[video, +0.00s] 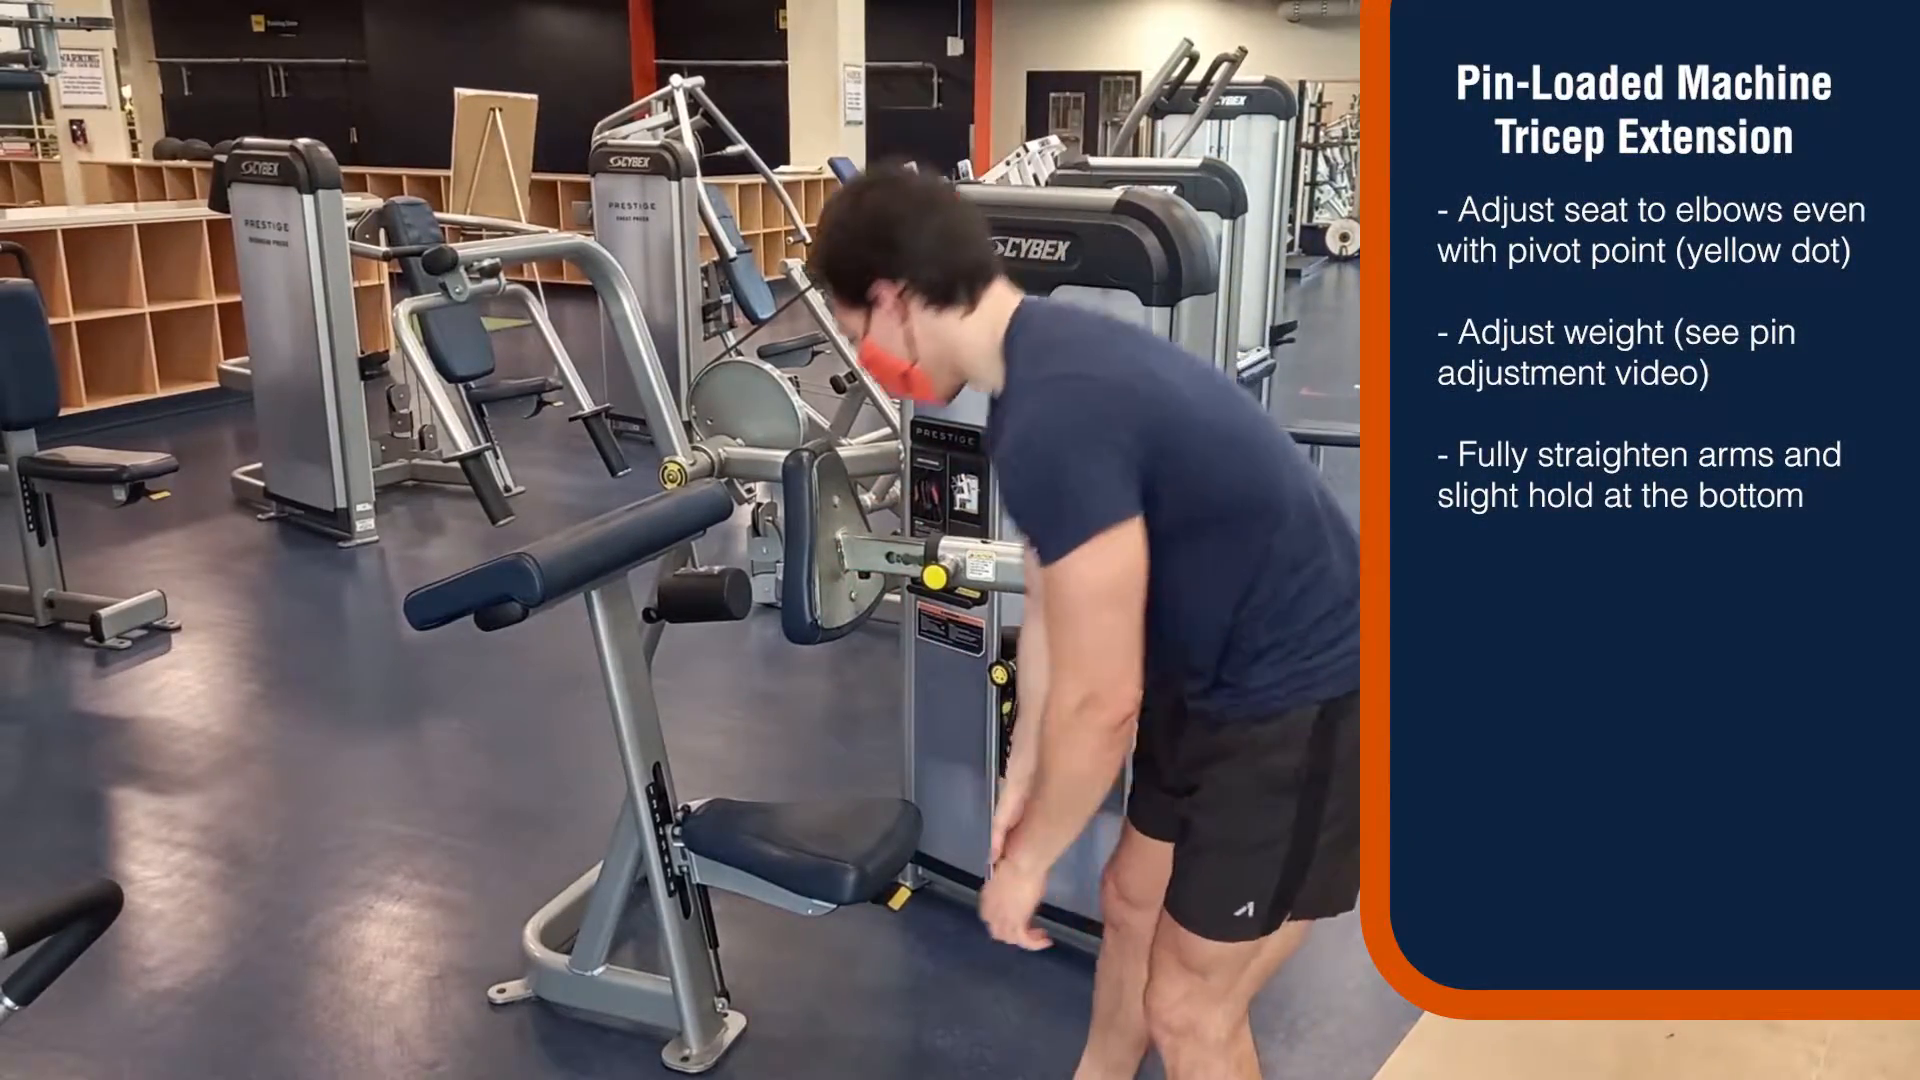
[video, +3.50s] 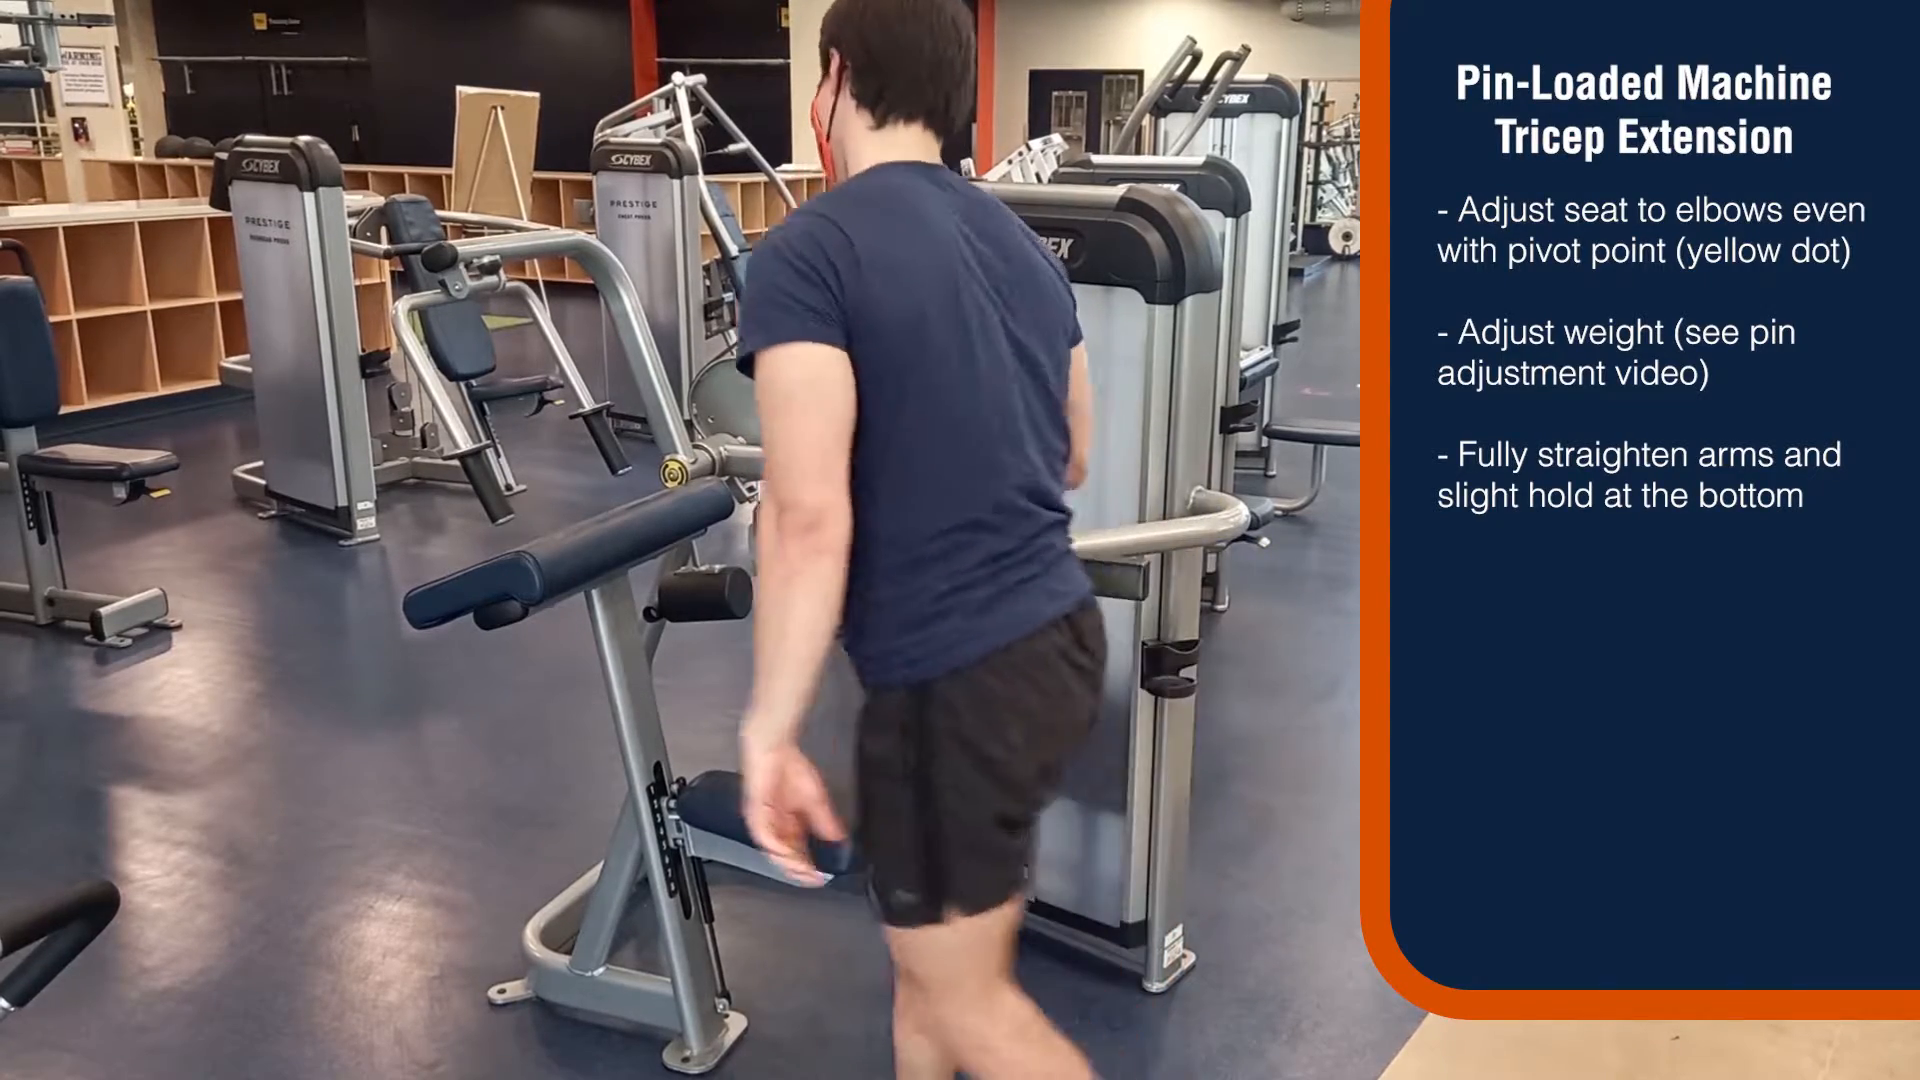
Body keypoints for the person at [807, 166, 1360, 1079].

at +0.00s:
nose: (867, 360)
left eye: (858, 332)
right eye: (854, 338)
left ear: (895, 299)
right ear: (911, 296)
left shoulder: (1061, 410)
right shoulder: (1032, 379)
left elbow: (1105, 705)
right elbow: (1045, 615)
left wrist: (1028, 862)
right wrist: (1023, 782)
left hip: (1301, 688)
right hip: (1204, 674)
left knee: (1191, 1008)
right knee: (1134, 902)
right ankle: (1104, 1070)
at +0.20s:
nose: (806, 481)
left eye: (797, 456)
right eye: (793, 459)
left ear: (832, 443)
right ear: (906, 390)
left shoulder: (980, 531)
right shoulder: (984, 460)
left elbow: (994, 800)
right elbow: (1013, 684)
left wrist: (919, 885)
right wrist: (970, 844)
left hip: (1306, 717)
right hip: (1203, 693)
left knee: (1154, 1023)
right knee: (1094, 888)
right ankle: (1087, 1068)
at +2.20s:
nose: (764, 527)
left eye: (759, 504)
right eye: (756, 508)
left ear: (795, 488)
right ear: (873, 451)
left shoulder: (859, 604)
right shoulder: (969, 483)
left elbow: (865, 822)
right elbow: (1031, 688)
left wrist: (816, 830)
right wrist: (909, 801)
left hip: (1256, 744)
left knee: (1071, 1047)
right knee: (1056, 873)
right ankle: (1111, 1049)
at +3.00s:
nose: (763, 405)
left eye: (761, 381)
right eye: (759, 383)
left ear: (794, 377)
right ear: (882, 352)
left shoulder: (860, 498)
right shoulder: (958, 418)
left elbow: (866, 743)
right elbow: (1026, 626)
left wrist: (833, 812)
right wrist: (948, 785)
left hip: (1234, 712)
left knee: (1095, 1044)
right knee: (1067, 894)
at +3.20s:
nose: (792, 237)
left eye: (794, 206)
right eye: (791, 207)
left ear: (827, 205)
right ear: (929, 198)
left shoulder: (862, 358)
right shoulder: (1004, 306)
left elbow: (891, 628)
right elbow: (1083, 540)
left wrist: (876, 793)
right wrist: (977, 716)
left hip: (1160, 693)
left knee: (1100, 1037)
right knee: (1008, 875)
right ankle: (1026, 1072)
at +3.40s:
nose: (817, 126)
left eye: (818, 102)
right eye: (820, 103)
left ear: (839, 108)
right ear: (957, 116)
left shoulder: (827, 272)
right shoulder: (1037, 263)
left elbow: (856, 548)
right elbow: (1070, 482)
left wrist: (852, 762)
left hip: (1013, 690)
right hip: (1101, 646)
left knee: (1078, 1015)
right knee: (943, 909)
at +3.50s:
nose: (811, 103)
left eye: (815, 78)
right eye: (816, 79)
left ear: (836, 85)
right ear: (956, 102)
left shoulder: (808, 249)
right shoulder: (1018, 241)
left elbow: (809, 515)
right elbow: (1069, 454)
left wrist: (769, 731)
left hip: (952, 676)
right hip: (1053, 637)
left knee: (963, 1001)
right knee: (931, 976)